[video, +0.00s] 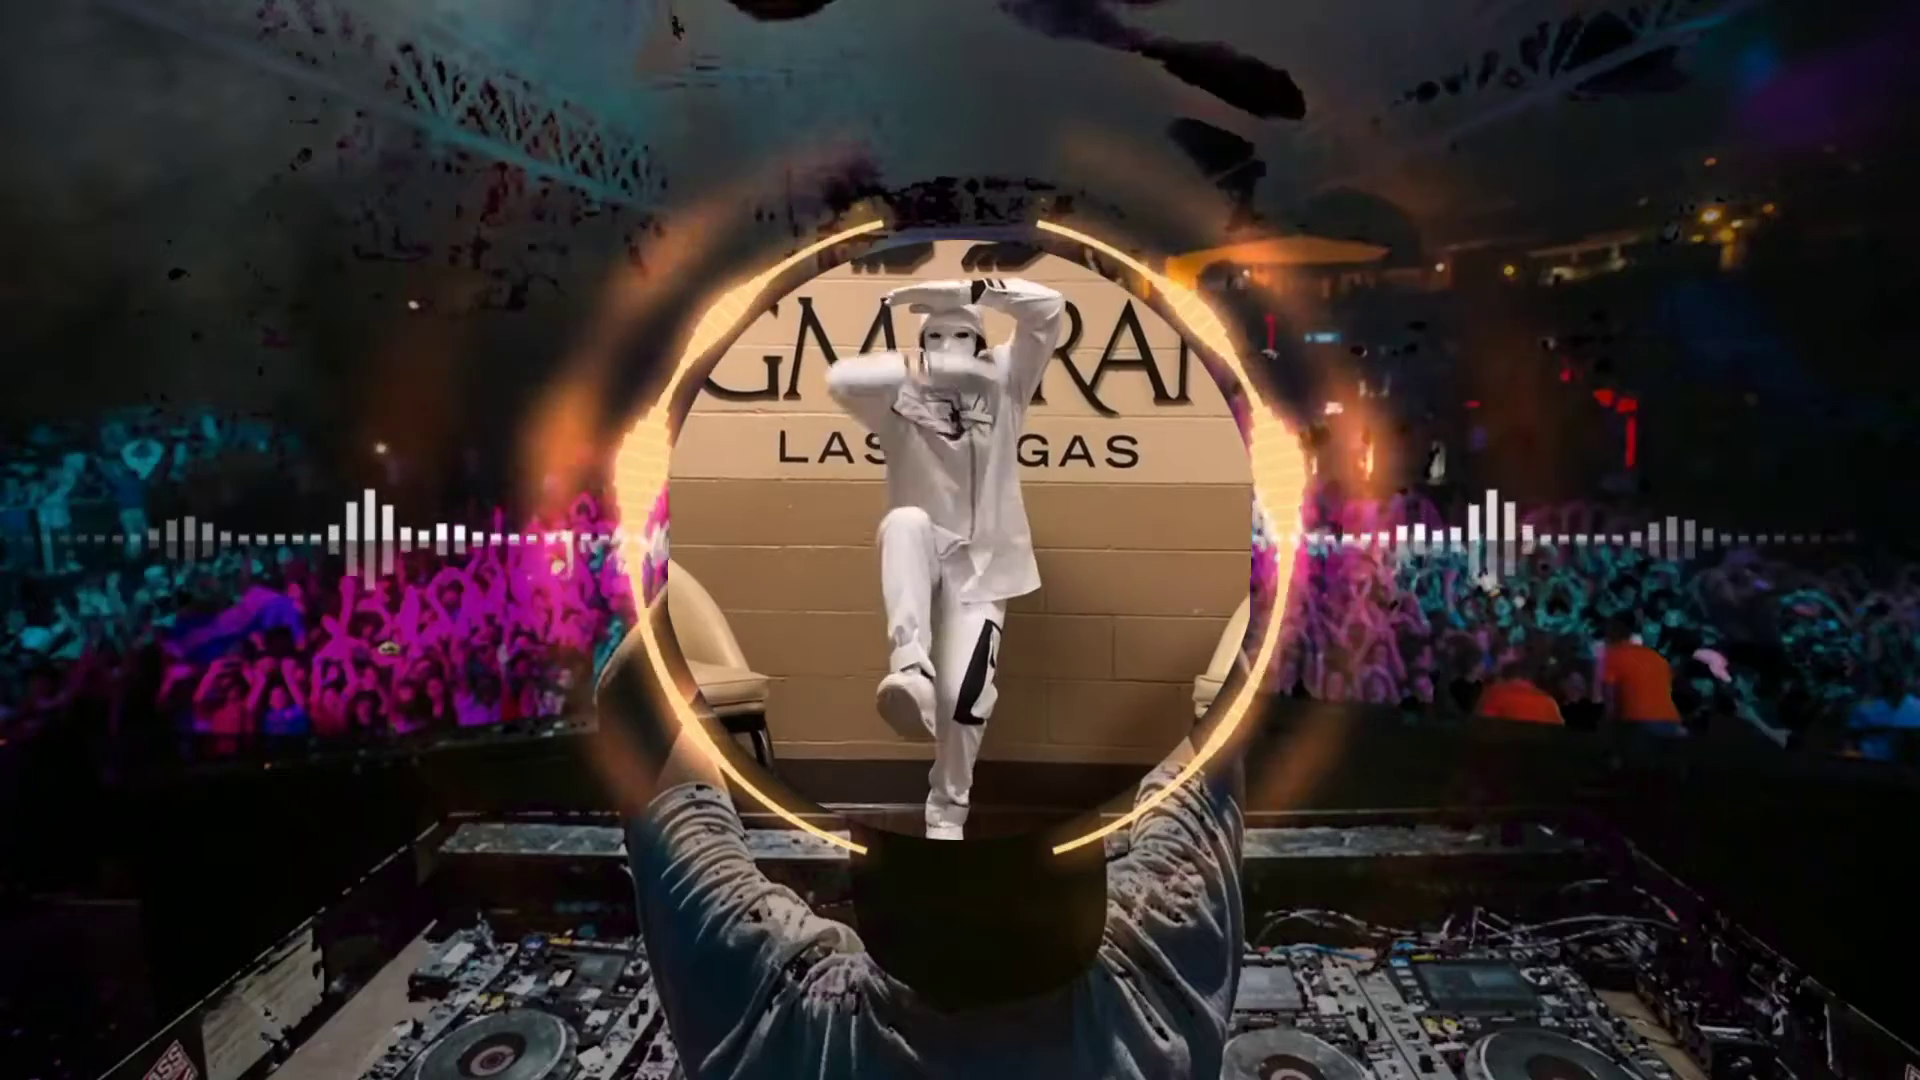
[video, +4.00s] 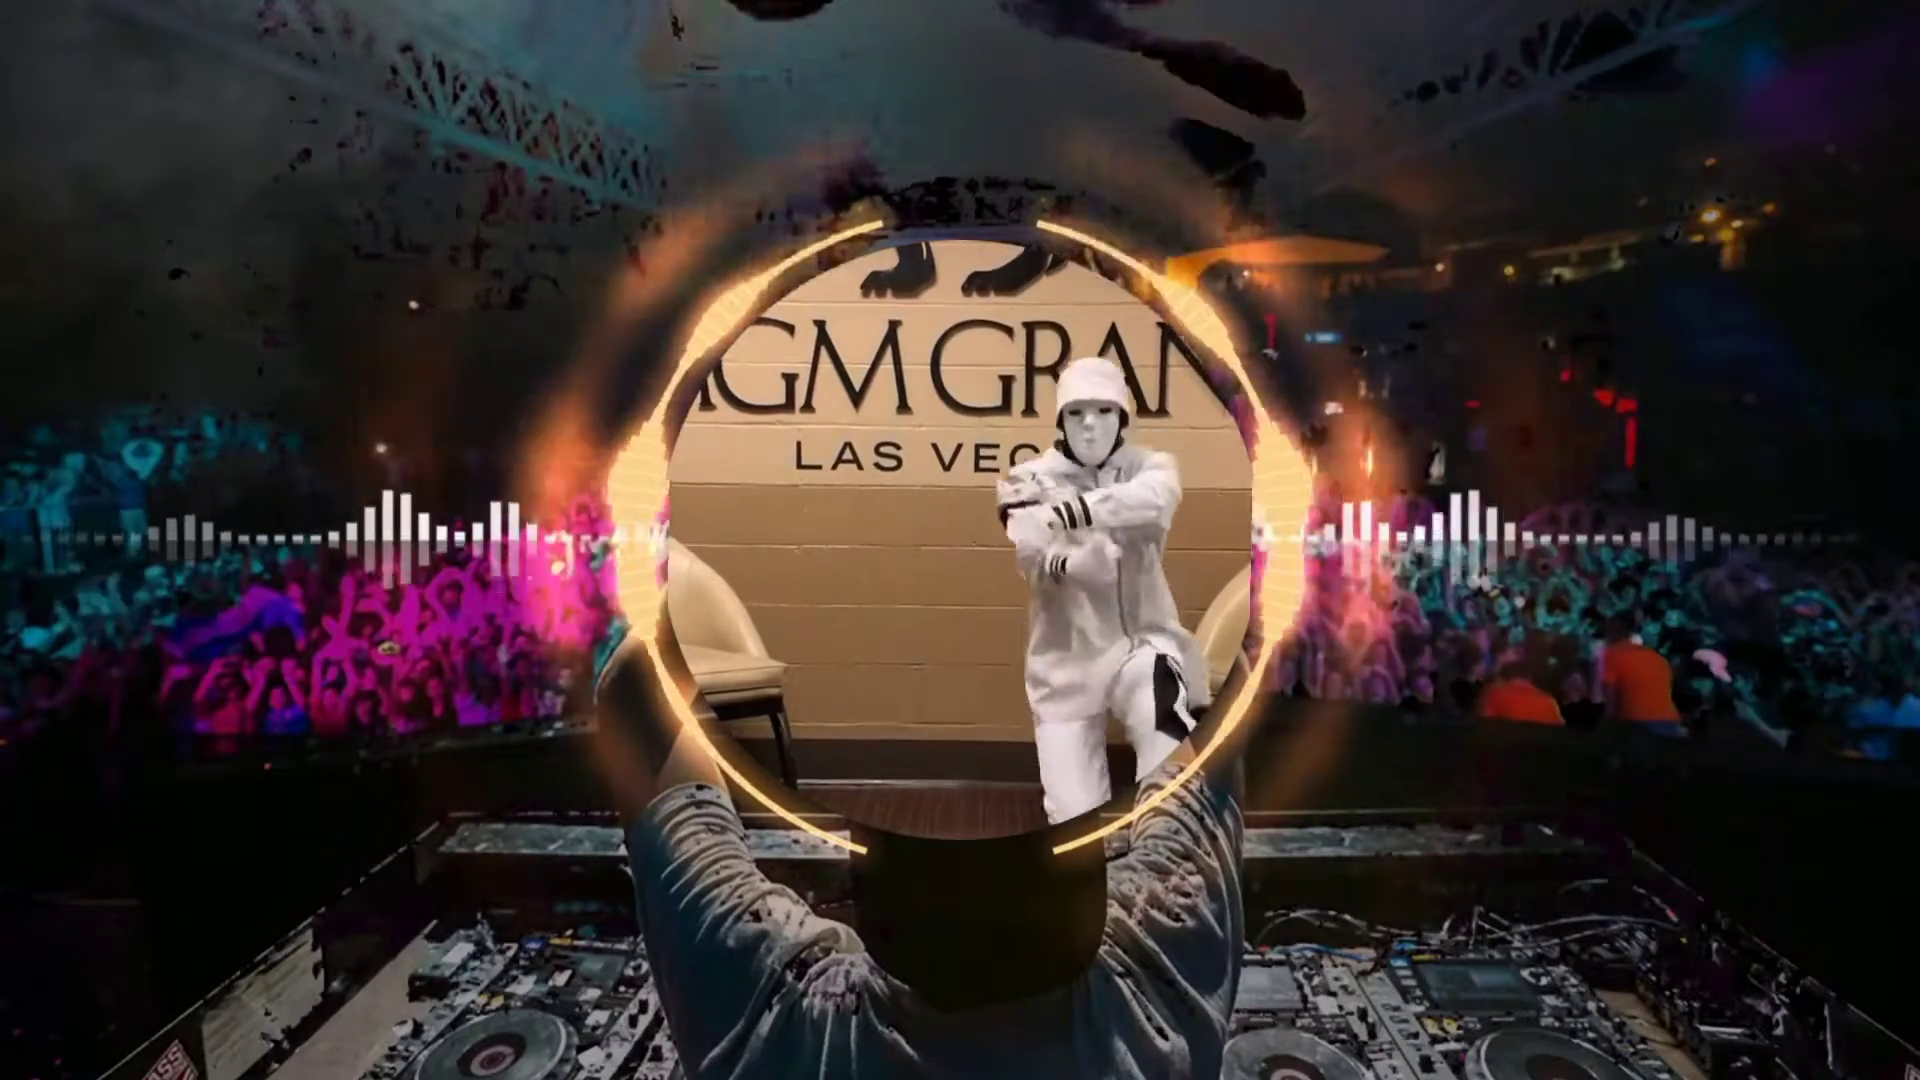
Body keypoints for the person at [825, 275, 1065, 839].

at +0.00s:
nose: (950, 347)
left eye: (961, 337)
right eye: (938, 337)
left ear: (979, 347)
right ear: (922, 350)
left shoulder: (1004, 386)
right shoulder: (896, 398)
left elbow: (1051, 311)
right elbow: (840, 381)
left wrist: (992, 290)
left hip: (982, 562)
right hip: (919, 556)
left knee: (966, 702)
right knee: (905, 519)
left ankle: (946, 819)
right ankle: (913, 676)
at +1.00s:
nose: (974, 357)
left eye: (986, 348)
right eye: (964, 344)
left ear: (999, 356)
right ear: (944, 346)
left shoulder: (1005, 399)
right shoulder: (892, 404)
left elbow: (1041, 315)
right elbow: (865, 493)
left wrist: (960, 283)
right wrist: (856, 561)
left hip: (983, 558)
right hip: (906, 543)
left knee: (971, 701)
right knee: (950, 557)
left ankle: (947, 820)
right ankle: (937, 711)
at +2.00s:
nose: (841, 332)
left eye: (850, 321)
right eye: (843, 320)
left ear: (881, 325)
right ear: (885, 326)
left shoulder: (932, 371)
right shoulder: (890, 382)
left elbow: (984, 437)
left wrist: (897, 455)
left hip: (931, 565)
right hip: (888, 562)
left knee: (884, 687)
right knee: (838, 665)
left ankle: (978, 800)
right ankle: (898, 791)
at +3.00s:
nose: (950, 336)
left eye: (959, 325)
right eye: (952, 325)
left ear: (989, 326)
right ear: (996, 327)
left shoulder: (1030, 358)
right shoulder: (1009, 385)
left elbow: (1066, 404)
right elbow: (1002, 510)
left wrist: (997, 430)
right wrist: (968, 475)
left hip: (1031, 574)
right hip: (1046, 573)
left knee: (967, 689)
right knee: (1024, 697)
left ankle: (989, 814)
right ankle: (1096, 806)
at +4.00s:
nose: (1090, 426)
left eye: (1102, 413)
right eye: (1077, 414)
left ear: (1121, 420)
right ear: (1061, 423)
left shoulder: (1151, 467)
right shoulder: (1031, 477)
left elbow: (1155, 502)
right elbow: (1028, 539)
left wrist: (1067, 512)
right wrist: (1059, 558)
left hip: (1139, 644)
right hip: (1065, 665)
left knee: (1158, 681)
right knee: (1075, 818)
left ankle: (1164, 811)